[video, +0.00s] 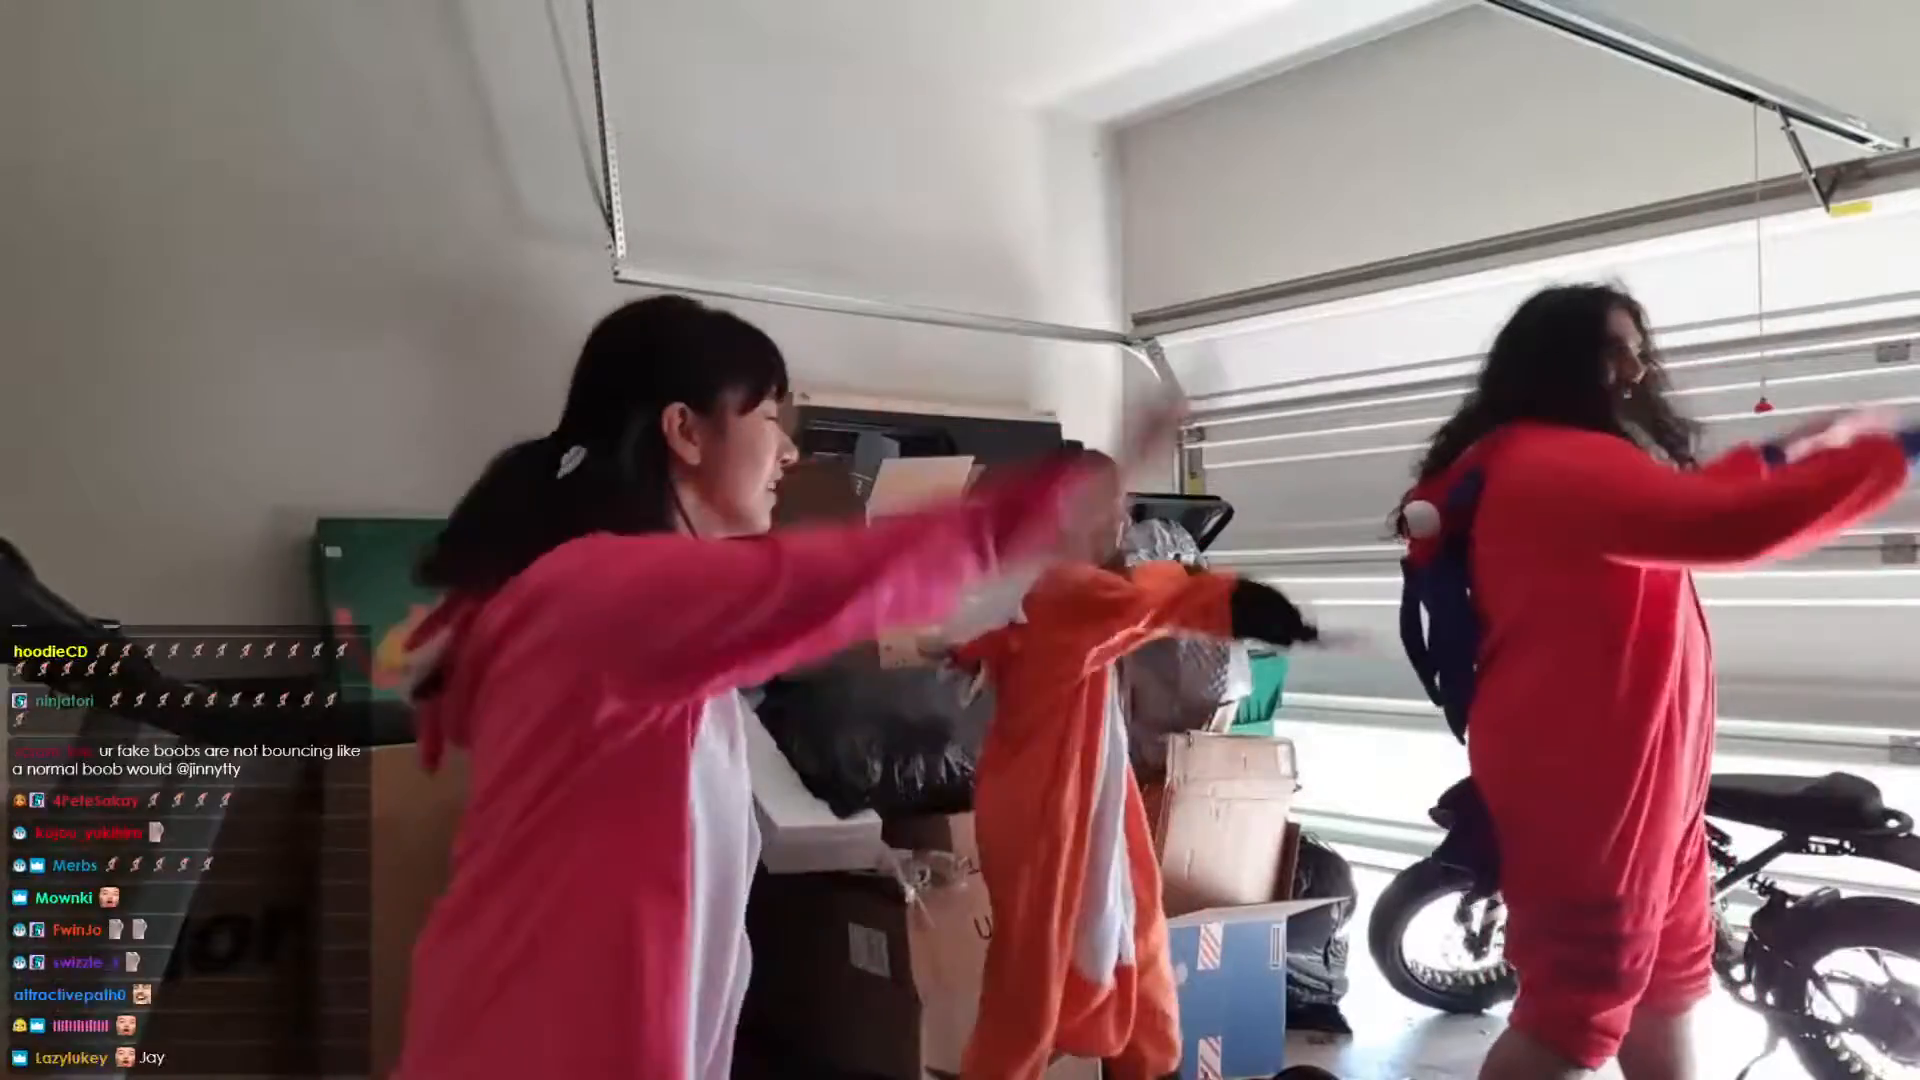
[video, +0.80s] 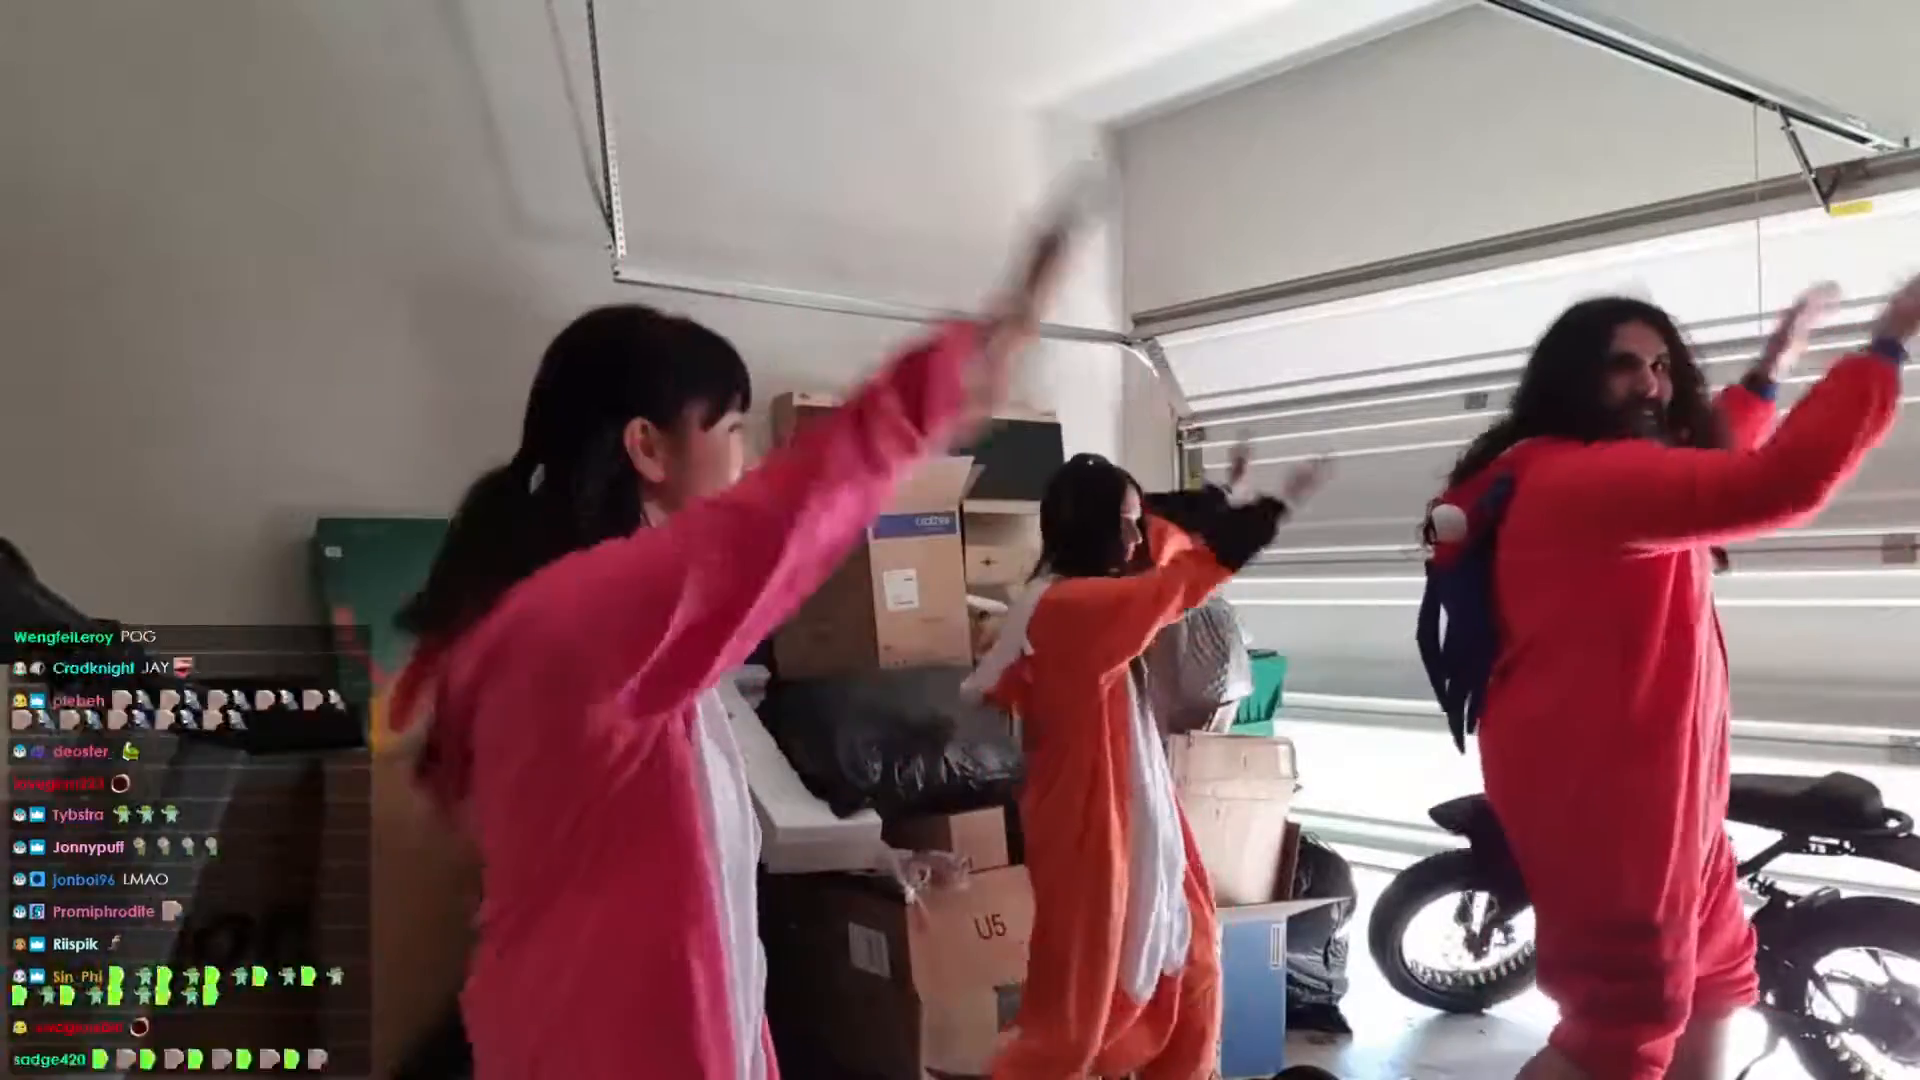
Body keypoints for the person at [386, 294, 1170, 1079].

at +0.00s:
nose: (791, 455)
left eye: (788, 425)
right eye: (773, 421)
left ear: (689, 440)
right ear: (686, 434)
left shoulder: (648, 609)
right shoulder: (592, 589)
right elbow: (867, 577)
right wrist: (1094, 480)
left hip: (634, 1043)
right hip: (552, 1049)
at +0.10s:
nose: (833, 480)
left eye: (821, 452)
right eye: (808, 450)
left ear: (731, 482)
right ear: (727, 480)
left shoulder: (692, 640)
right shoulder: (651, 651)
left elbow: (818, 849)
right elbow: (810, 861)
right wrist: (998, 995)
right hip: (510, 1042)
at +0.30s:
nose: (806, 501)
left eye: (797, 468)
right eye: (783, 467)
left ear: (699, 488)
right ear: (700, 485)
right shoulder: (625, 680)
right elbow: (721, 932)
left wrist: (800, 1027)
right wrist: (806, 1048)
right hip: (534, 1052)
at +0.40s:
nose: (726, 467)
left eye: (720, 434)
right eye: (703, 429)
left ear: (624, 442)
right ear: (613, 437)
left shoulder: (586, 616)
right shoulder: (543, 622)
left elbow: (795, 758)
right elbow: (793, 716)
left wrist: (961, 716)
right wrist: (1122, 759)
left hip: (648, 1038)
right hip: (571, 1049)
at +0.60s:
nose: (687, 511)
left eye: (689, 483)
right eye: (673, 480)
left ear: (587, 508)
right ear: (617, 504)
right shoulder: (561, 674)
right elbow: (731, 469)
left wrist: (744, 243)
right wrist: (754, 230)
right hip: (633, 1058)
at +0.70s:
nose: (735, 539)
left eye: (731, 511)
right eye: (711, 508)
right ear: (636, 505)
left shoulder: (658, 703)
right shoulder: (574, 695)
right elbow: (690, 457)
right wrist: (714, 143)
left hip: (715, 1059)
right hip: (621, 1061)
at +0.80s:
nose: (746, 463)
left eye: (743, 433)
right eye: (729, 430)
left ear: (647, 449)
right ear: (646, 447)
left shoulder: (628, 630)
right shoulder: (565, 622)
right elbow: (776, 517)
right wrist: (978, 353)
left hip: (685, 1034)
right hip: (616, 1043)